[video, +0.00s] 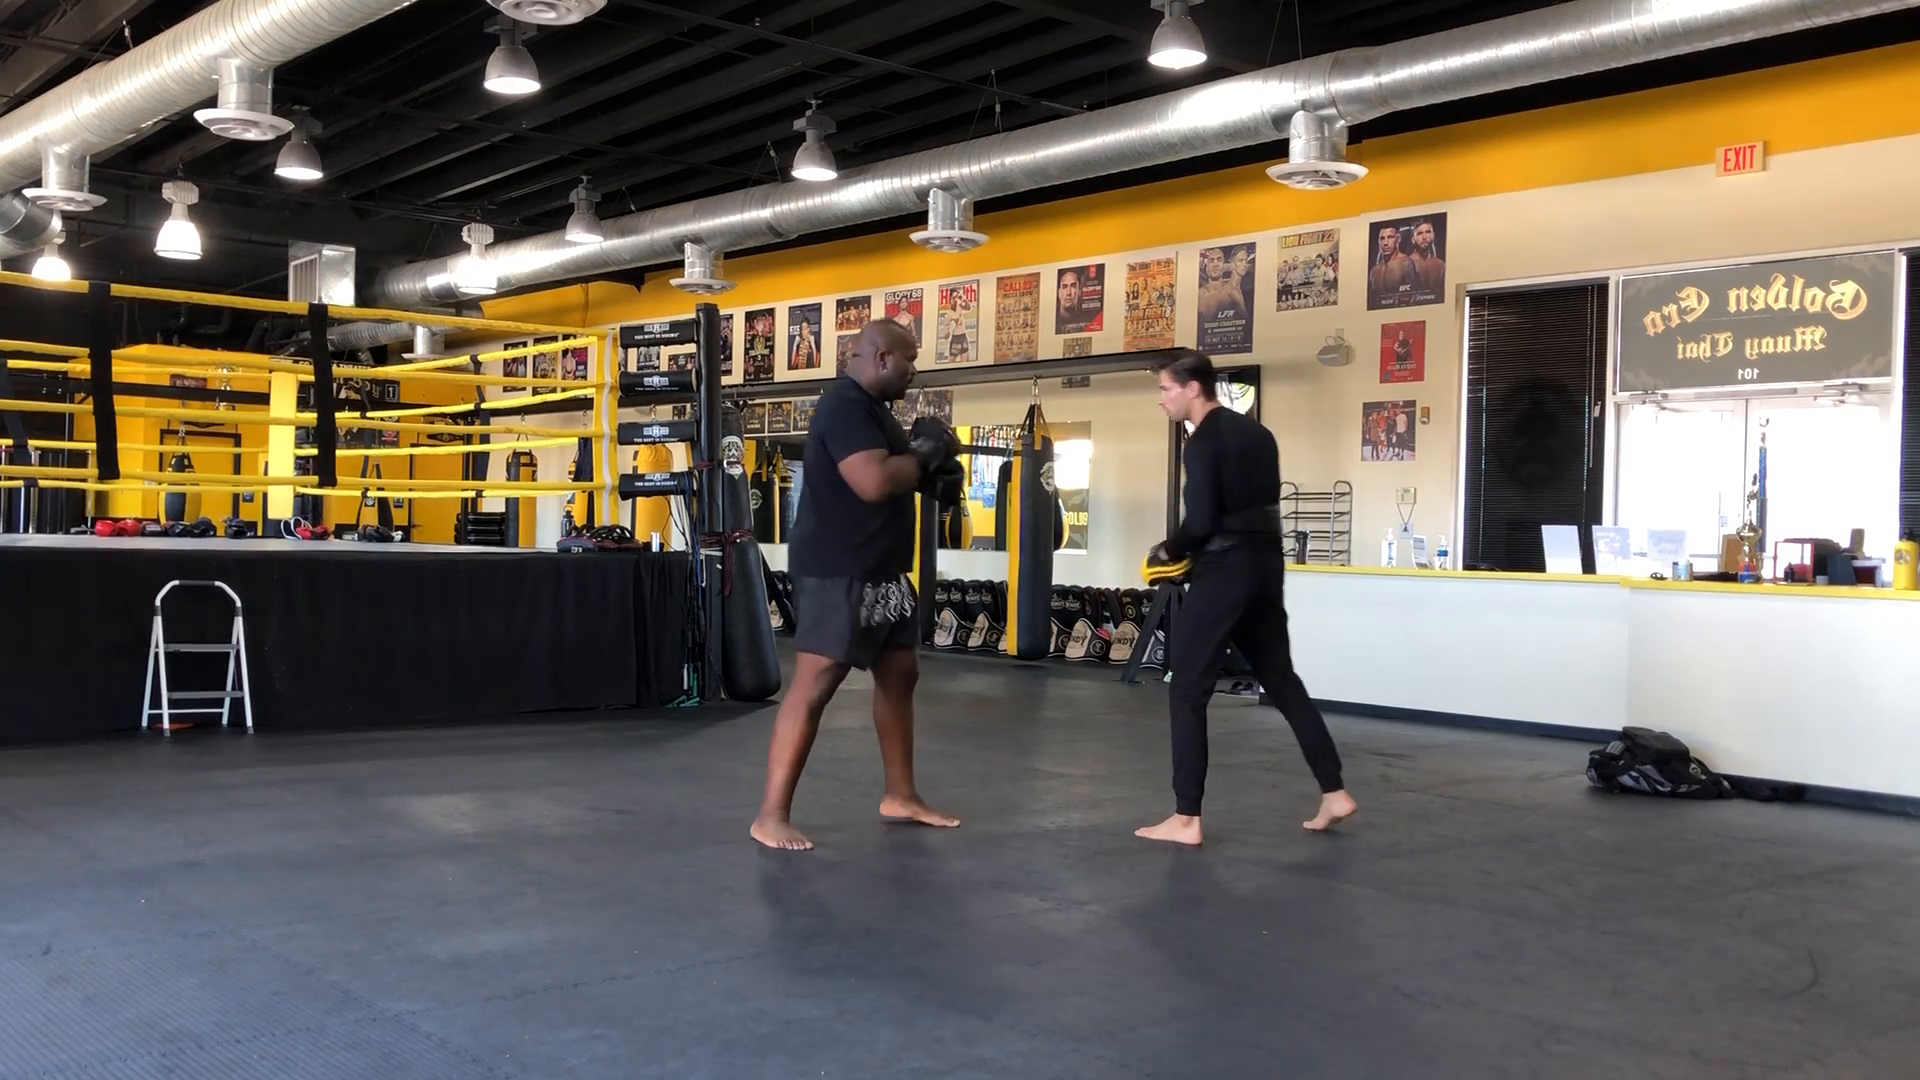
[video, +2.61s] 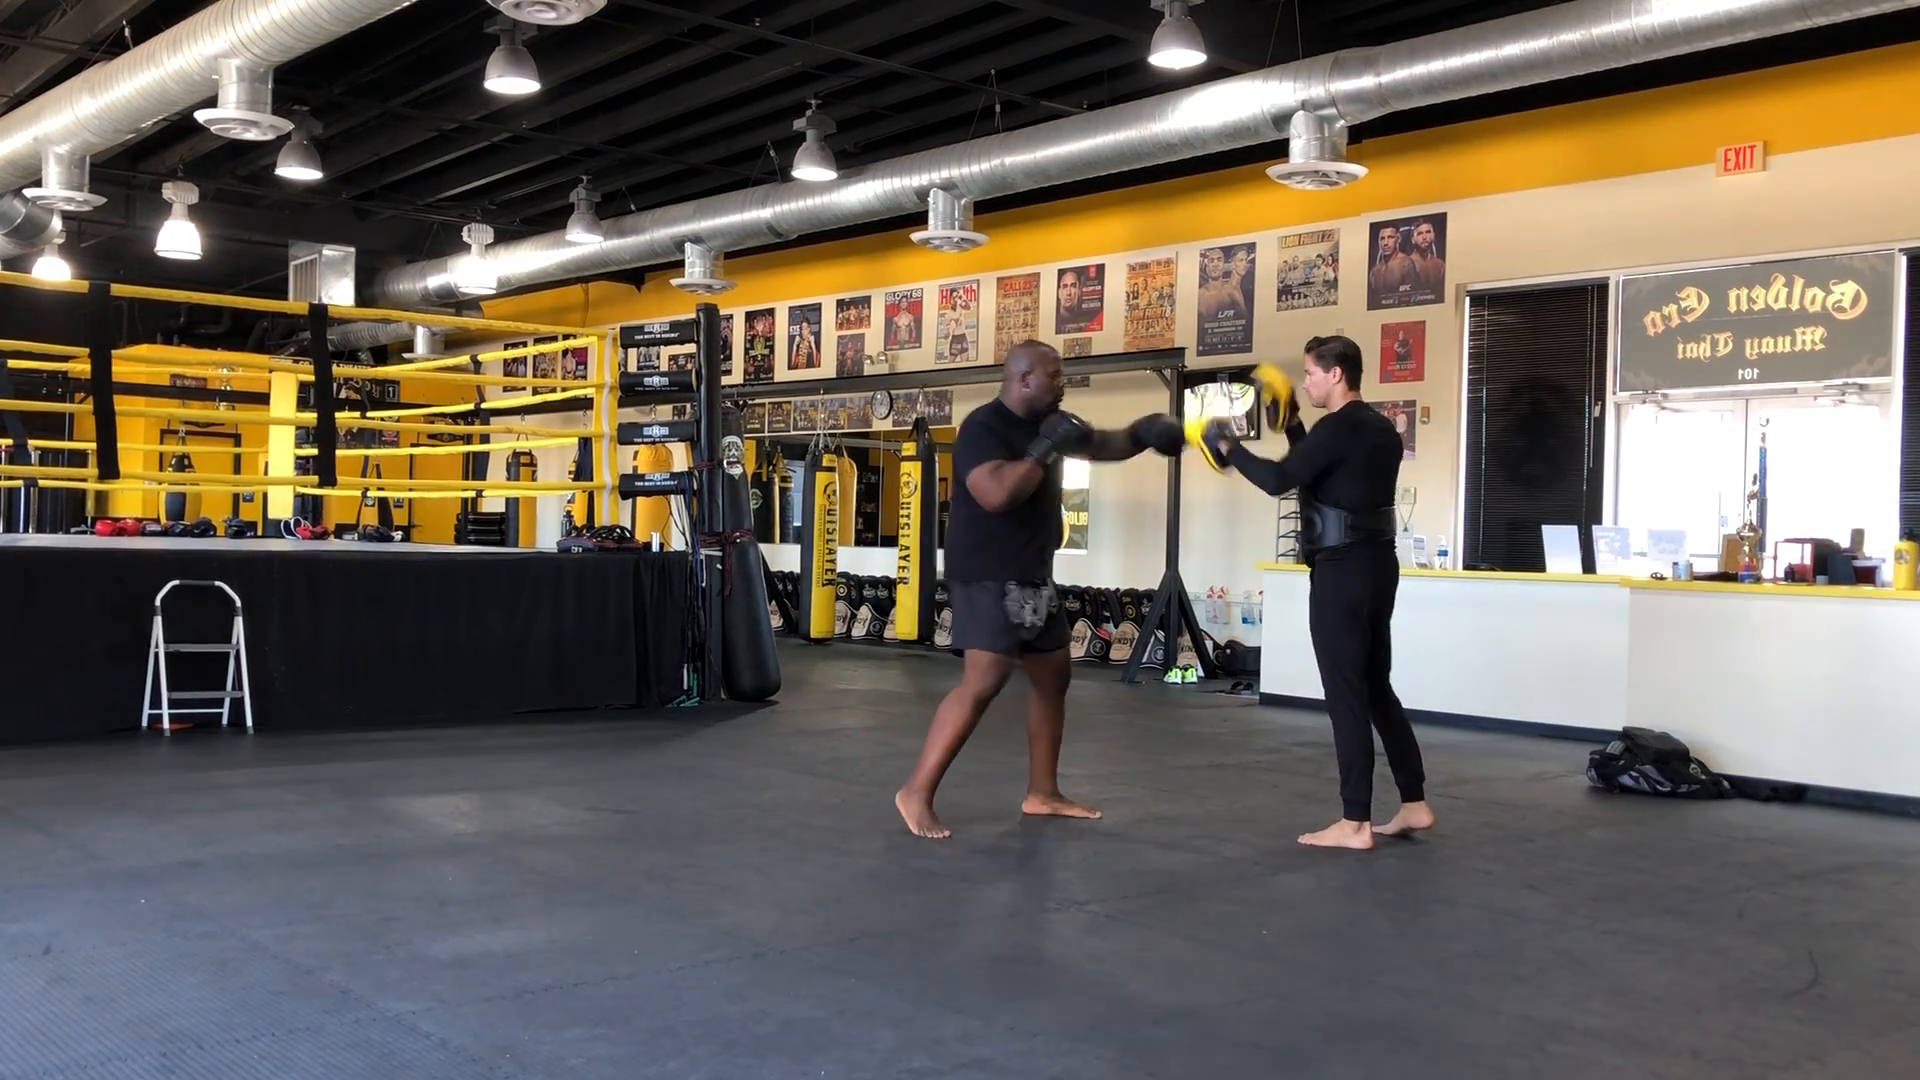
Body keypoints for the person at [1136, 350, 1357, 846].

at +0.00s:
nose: (1161, 401)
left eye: (1166, 390)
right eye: (1160, 391)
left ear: (1194, 388)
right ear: (1199, 390)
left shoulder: (1203, 440)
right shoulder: (1260, 433)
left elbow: (1200, 521)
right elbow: (1260, 509)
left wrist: (1169, 549)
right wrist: (1200, 545)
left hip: (1224, 568)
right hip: (1266, 566)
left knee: (1186, 688)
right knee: (1280, 680)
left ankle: (1186, 817)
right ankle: (1335, 792)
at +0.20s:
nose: (1211, 405)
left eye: (1216, 395)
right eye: (1210, 396)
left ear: (1246, 394)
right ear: (1248, 397)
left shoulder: (1262, 442)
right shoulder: (1291, 445)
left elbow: (1243, 516)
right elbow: (1273, 522)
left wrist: (1186, 506)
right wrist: (1201, 513)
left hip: (1260, 584)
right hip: (1293, 582)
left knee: (1212, 691)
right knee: (1312, 694)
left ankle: (1191, 815)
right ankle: (1348, 811)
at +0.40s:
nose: (1240, 395)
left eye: (1247, 386)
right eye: (1240, 387)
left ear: (1275, 387)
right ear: (1272, 389)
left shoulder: (1295, 429)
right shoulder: (1287, 438)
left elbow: (1267, 475)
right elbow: (1277, 525)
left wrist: (1224, 433)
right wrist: (1225, 520)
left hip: (1291, 576)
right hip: (1310, 576)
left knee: (1245, 690)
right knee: (1327, 694)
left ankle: (1237, 814)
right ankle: (1350, 812)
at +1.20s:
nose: (1265, 395)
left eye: (1270, 385)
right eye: (1263, 386)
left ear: (1297, 383)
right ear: (1303, 385)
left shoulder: (1304, 436)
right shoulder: (1349, 436)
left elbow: (1292, 508)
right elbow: (1327, 511)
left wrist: (1242, 513)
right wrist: (1262, 515)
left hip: (1308, 572)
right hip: (1347, 571)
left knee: (1282, 695)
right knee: (1353, 687)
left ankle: (1275, 816)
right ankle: (1410, 796)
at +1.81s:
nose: (1333, 394)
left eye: (1339, 385)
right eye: (1333, 385)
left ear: (1367, 385)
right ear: (1369, 387)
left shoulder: (1379, 433)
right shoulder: (1399, 437)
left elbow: (1356, 492)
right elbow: (1356, 509)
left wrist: (1307, 464)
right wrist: (1307, 490)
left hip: (1368, 579)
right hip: (1399, 578)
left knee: (1341, 698)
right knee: (1408, 698)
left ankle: (1355, 823)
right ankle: (1423, 816)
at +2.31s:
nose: (1317, 389)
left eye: (1324, 379)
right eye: (1318, 379)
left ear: (1350, 379)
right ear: (1359, 381)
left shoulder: (1348, 426)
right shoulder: (1402, 435)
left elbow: (1286, 455)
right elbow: (1349, 481)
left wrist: (1286, 395)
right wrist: (1299, 465)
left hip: (1344, 572)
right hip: (1389, 572)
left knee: (1342, 698)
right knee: (1394, 693)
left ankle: (1355, 822)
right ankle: (1421, 812)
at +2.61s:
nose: (1305, 383)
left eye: (1309, 373)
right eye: (1305, 373)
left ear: (1335, 374)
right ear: (1346, 375)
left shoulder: (1338, 427)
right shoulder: (1384, 430)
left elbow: (1277, 480)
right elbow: (1325, 477)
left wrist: (1228, 447)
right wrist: (1290, 425)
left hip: (1341, 569)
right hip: (1378, 566)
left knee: (1344, 696)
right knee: (1376, 690)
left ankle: (1355, 822)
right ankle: (1415, 804)